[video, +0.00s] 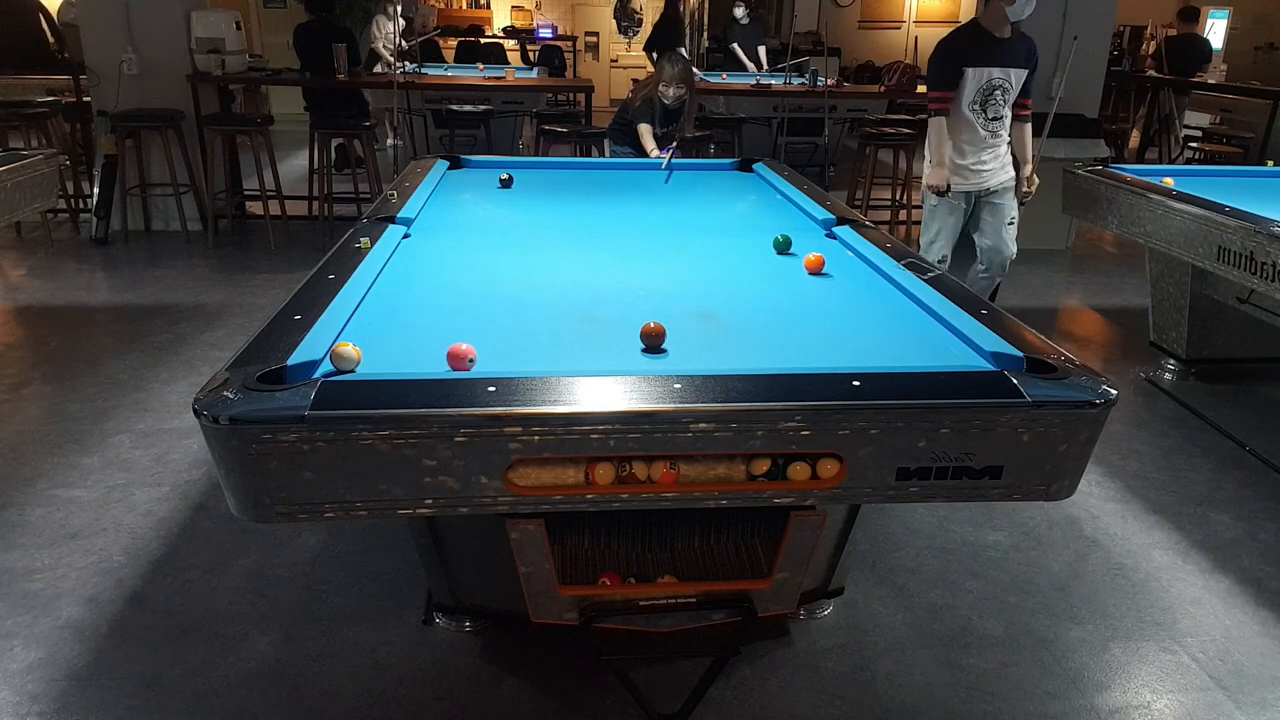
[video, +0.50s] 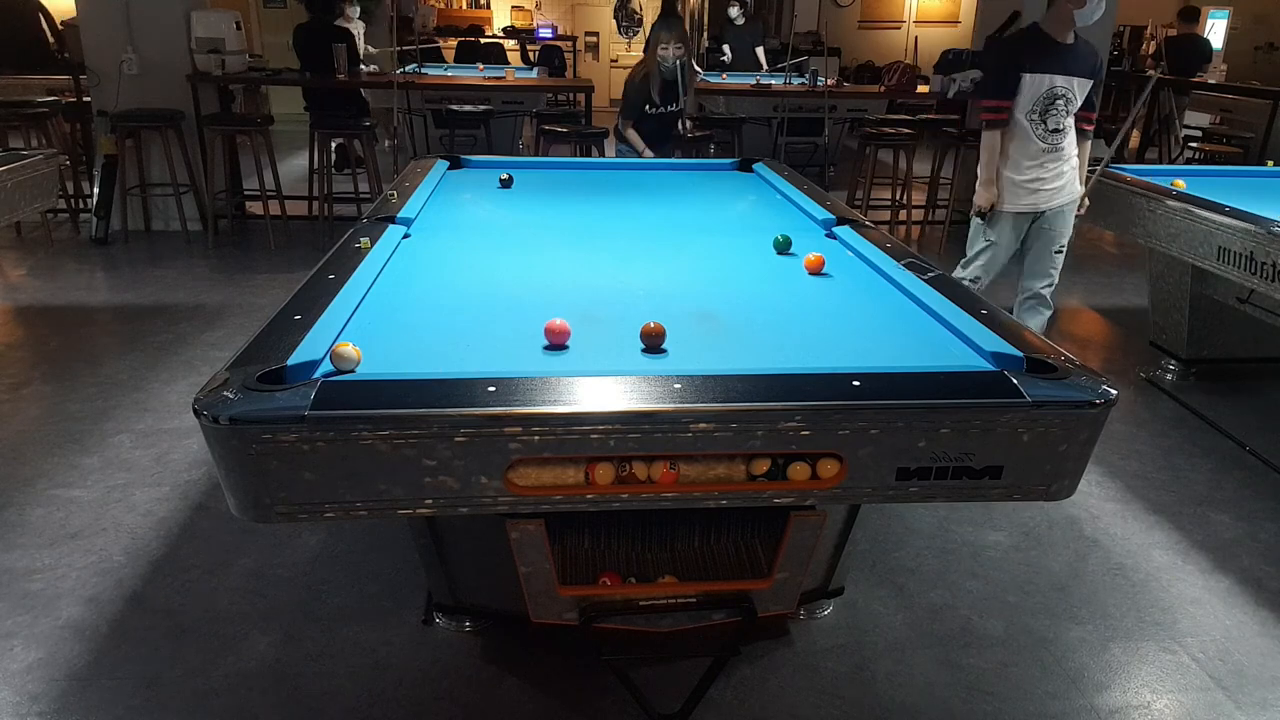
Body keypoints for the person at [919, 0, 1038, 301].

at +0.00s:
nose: (1018, 3)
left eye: (1019, 0)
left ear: (1014, 4)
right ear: (989, 2)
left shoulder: (1026, 49)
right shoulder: (951, 47)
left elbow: (1022, 113)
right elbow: (937, 110)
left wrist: (1026, 164)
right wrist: (938, 166)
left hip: (999, 175)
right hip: (950, 174)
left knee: (1000, 253)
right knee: (934, 260)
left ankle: (968, 322)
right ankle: (919, 328)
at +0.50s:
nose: (1085, 5)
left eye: (1087, 1)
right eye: (1078, 1)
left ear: (1084, 7)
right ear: (1059, 2)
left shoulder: (1090, 58)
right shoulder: (1009, 49)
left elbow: (1084, 128)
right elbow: (992, 122)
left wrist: (1079, 185)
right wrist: (985, 184)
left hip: (1061, 195)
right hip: (1008, 194)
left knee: (1039, 293)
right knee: (970, 282)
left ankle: (1025, 369)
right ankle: (929, 351)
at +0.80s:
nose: (1141, 7)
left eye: (1142, 2)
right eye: (1134, 1)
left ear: (1122, 6)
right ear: (1110, 2)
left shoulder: (1133, 66)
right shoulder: (1048, 56)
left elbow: (1127, 140)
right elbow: (1028, 131)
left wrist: (1138, 195)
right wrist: (1025, 193)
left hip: (1091, 202)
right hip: (1041, 197)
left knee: (1057, 297)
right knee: (1035, 298)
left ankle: (1036, 366)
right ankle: (1012, 374)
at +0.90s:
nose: (1156, 8)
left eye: (1158, 2)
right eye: (1149, 1)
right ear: (1124, 4)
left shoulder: (1143, 69)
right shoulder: (1062, 60)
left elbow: (1136, 141)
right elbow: (1041, 137)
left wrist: (1153, 195)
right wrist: (1041, 202)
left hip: (1100, 207)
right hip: (1052, 204)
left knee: (1058, 303)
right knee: (1053, 307)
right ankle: (1045, 393)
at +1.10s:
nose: (1179, 13)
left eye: (1181, 7)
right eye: (1173, 5)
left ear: (1166, 11)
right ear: (1146, 3)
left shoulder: (1168, 67)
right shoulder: (1087, 61)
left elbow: (1160, 144)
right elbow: (1070, 146)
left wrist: (1173, 203)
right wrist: (1069, 211)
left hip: (1122, 215)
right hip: (1076, 211)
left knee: (1070, 312)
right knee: (1074, 320)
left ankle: (1014, 383)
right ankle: (1067, 430)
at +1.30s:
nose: (1206, 11)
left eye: (1208, 5)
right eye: (1201, 4)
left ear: (1192, 7)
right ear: (1177, 3)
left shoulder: (1199, 65)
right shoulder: (1108, 59)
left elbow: (1188, 149)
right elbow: (1089, 144)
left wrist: (1184, 212)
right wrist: (1097, 212)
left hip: (1154, 223)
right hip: (1093, 219)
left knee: (1141, 319)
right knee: (1080, 330)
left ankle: (1087, 371)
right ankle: (1071, 435)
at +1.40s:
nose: (1225, 9)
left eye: (1226, 4)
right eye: (1220, 3)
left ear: (1209, 8)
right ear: (1196, 2)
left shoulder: (1212, 66)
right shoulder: (1123, 57)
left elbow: (1198, 152)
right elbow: (1103, 146)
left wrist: (1193, 214)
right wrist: (1107, 218)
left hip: (1171, 227)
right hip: (1105, 222)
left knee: (1172, 328)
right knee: (1083, 330)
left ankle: (1106, 402)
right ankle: (1072, 427)